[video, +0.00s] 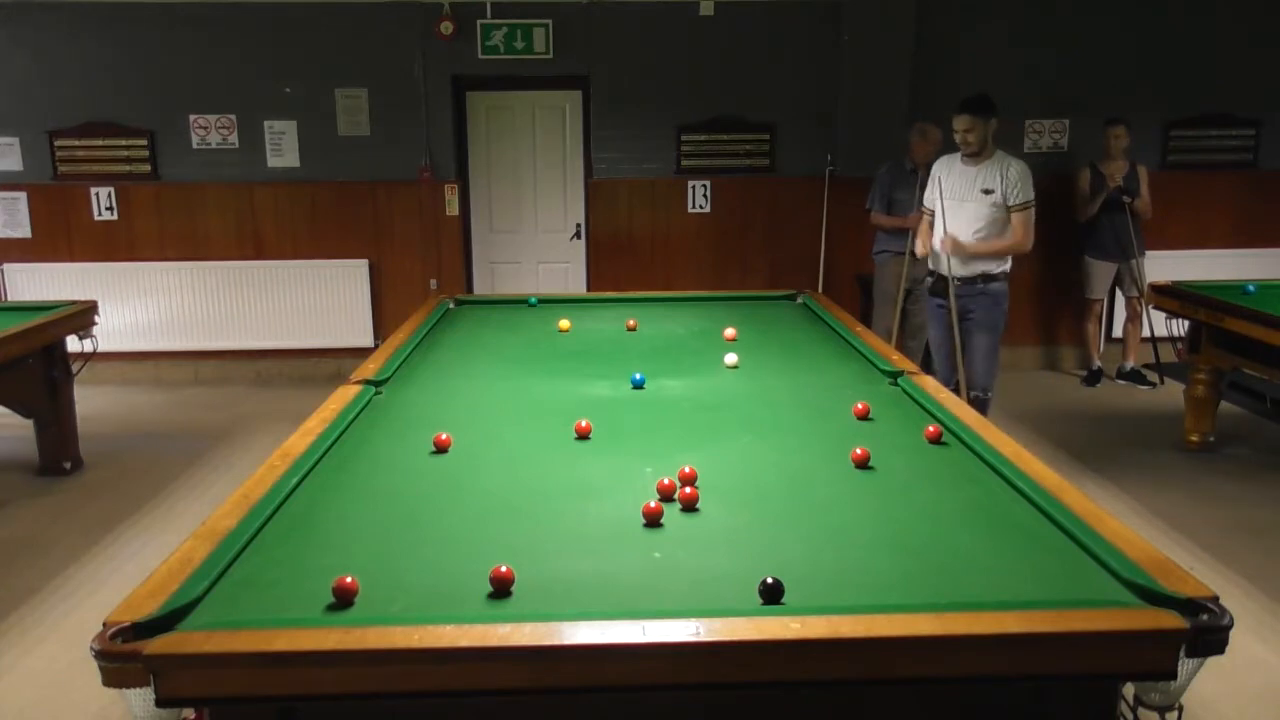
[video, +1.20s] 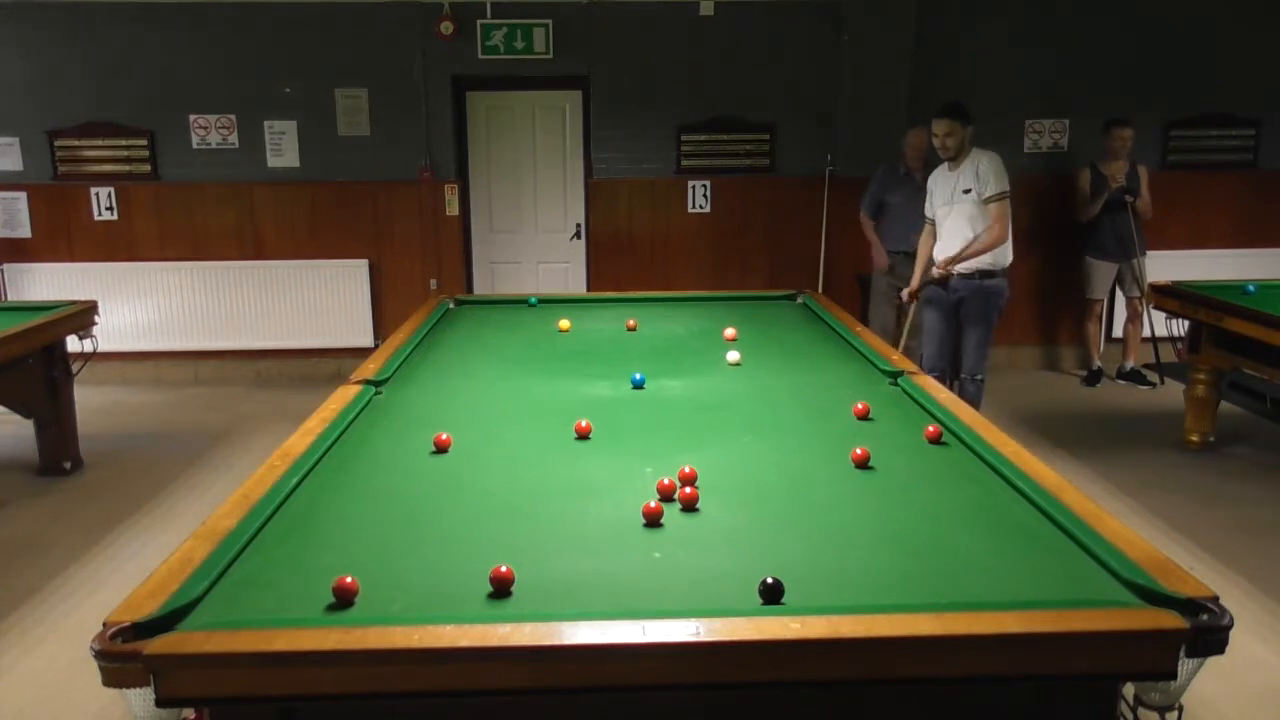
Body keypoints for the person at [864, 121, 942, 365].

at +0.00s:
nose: (934, 152)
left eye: (936, 147)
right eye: (930, 146)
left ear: (937, 149)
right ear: (915, 143)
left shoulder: (935, 177)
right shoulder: (891, 172)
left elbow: (942, 216)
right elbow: (875, 217)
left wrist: (928, 224)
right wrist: (906, 222)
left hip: (924, 259)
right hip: (892, 257)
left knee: (917, 331)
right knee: (885, 326)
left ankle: (908, 386)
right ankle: (877, 382)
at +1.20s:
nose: (917, 152)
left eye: (922, 147)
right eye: (913, 146)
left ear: (928, 149)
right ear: (904, 147)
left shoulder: (935, 179)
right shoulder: (888, 175)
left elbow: (944, 218)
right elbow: (865, 213)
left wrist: (932, 248)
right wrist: (877, 248)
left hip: (923, 261)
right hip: (889, 260)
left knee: (915, 330)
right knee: (883, 326)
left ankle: (912, 385)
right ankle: (879, 381)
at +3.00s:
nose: (781, 173)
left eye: (786, 167)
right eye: (779, 168)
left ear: (801, 160)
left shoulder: (831, 179)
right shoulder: (789, 183)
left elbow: (849, 225)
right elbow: (802, 226)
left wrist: (819, 260)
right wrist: (793, 258)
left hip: (834, 268)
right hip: (806, 268)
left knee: (834, 330)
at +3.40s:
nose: (734, 165)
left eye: (737, 159)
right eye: (732, 159)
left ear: (754, 152)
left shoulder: (783, 175)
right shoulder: (754, 178)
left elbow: (800, 219)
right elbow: (758, 224)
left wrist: (771, 253)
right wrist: (750, 259)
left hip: (781, 266)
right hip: (756, 263)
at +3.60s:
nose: (715, 164)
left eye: (718, 158)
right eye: (713, 159)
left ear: (733, 151)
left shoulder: (761, 172)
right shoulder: (739, 177)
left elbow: (777, 218)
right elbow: (742, 226)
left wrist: (741, 247)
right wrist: (725, 258)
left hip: (763, 261)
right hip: (747, 260)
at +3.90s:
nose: (679, 169)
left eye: (682, 163)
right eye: (678, 164)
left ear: (697, 156)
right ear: (695, 157)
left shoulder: (724, 177)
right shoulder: (702, 180)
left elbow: (738, 224)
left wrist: (699, 248)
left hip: (727, 266)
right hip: (712, 263)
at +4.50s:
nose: (603, 170)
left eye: (605, 164)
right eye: (601, 165)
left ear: (621, 156)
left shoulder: (646, 178)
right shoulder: (628, 181)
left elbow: (655, 225)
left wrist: (623, 253)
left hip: (653, 269)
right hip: (637, 266)